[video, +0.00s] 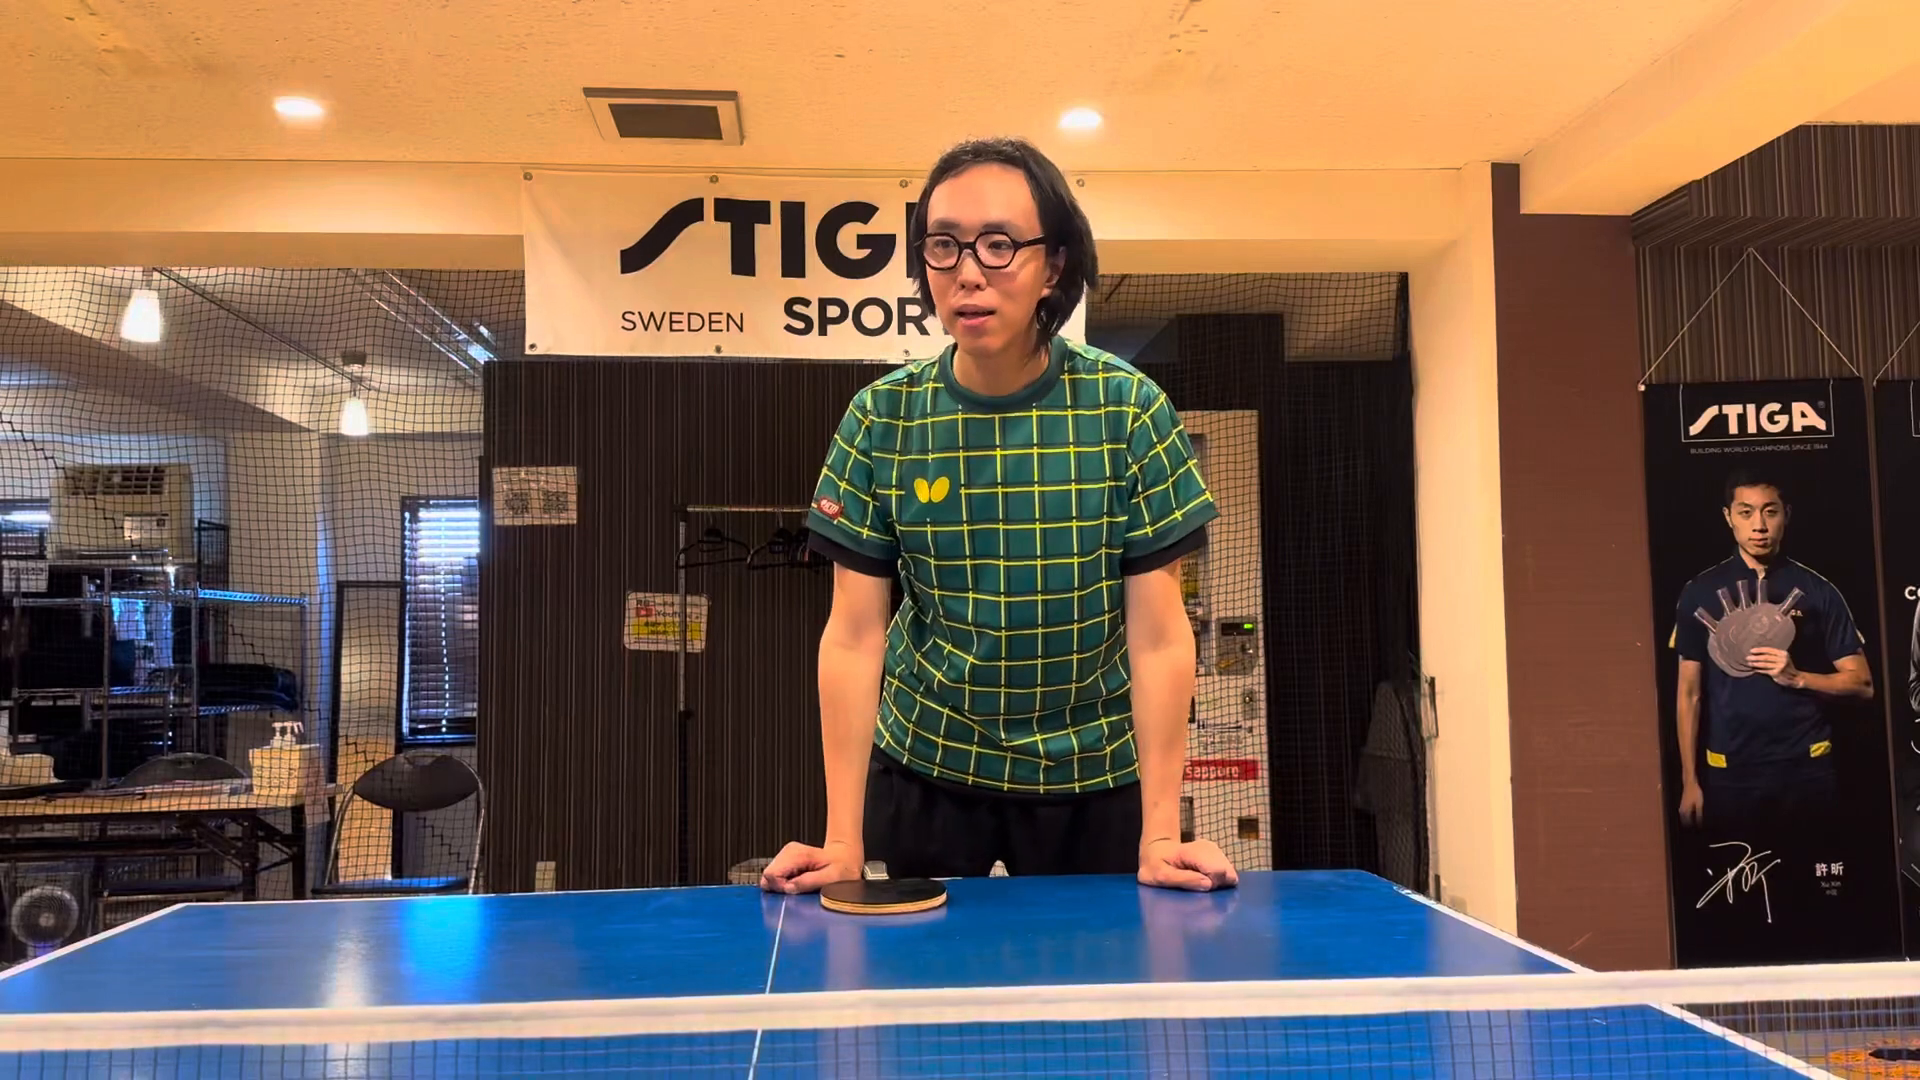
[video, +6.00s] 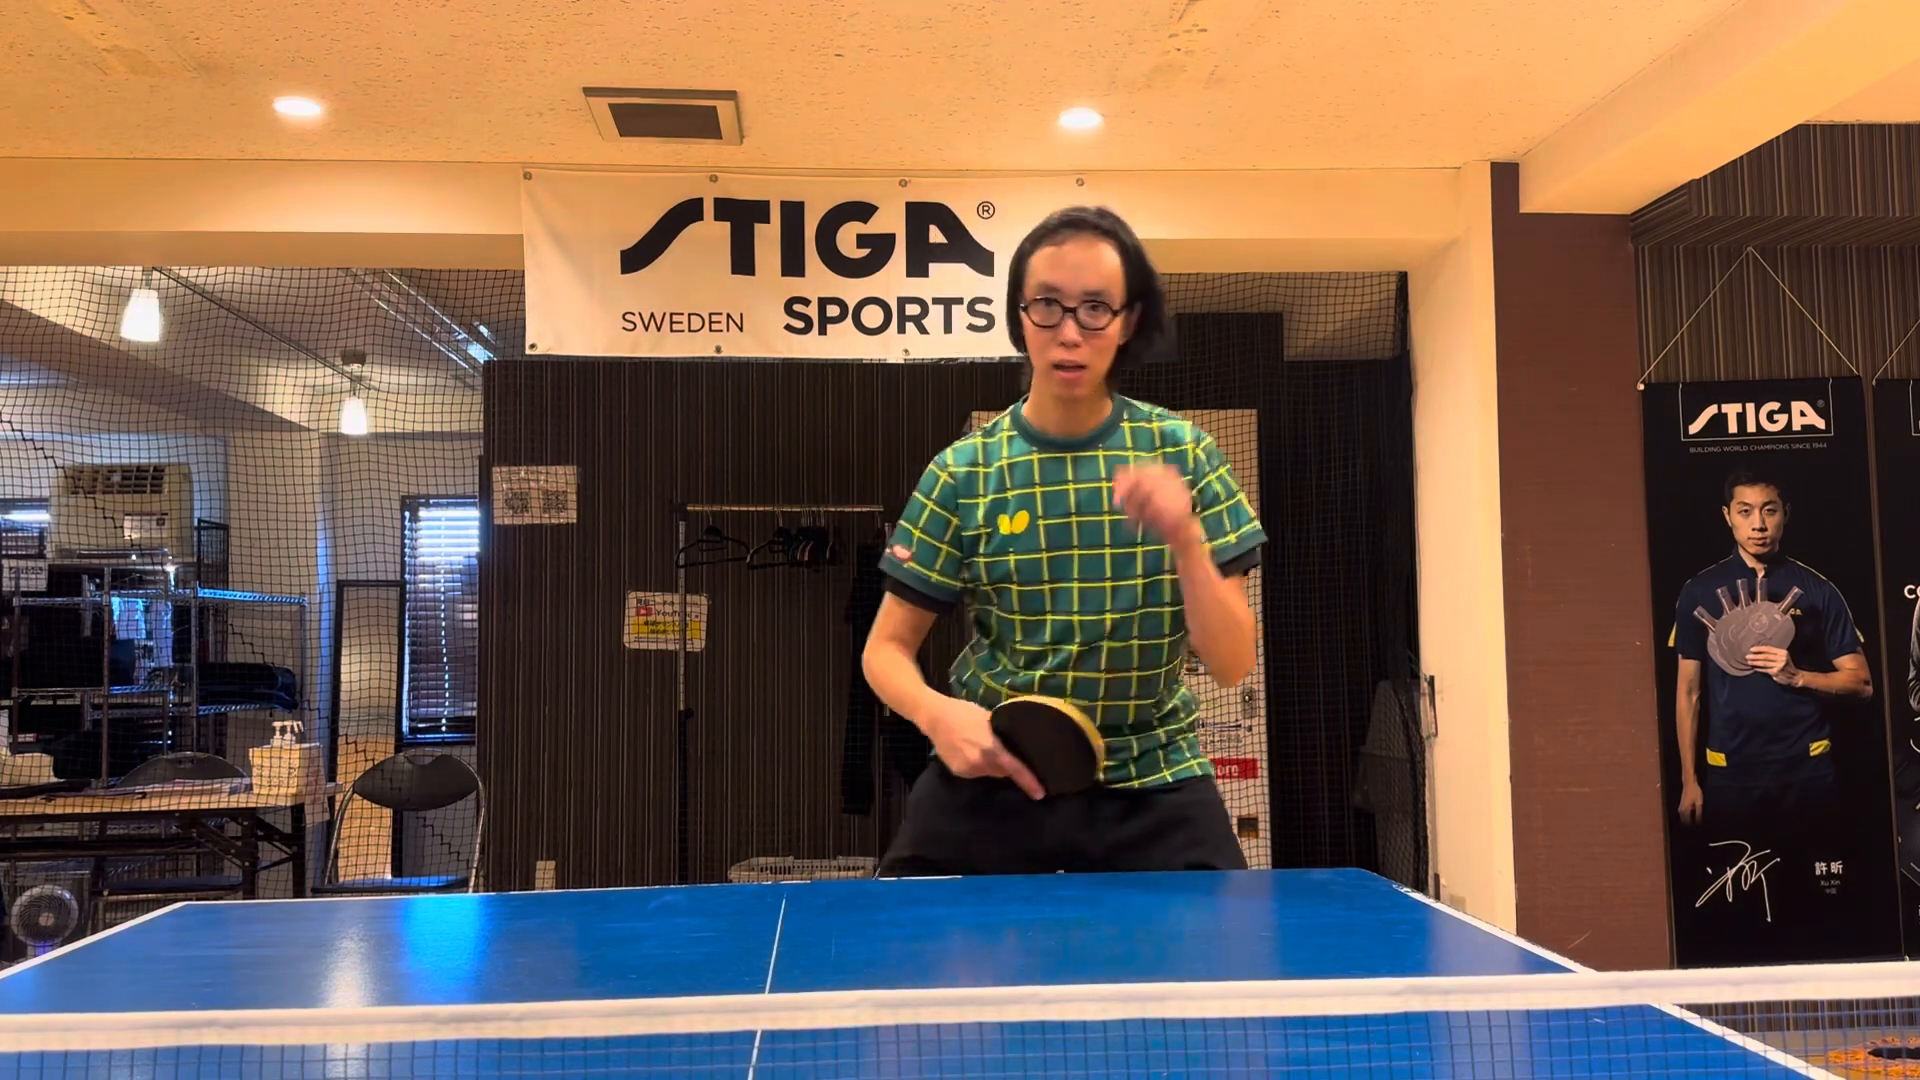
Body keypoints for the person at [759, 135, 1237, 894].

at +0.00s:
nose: (968, 272)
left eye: (999, 245)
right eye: (946, 245)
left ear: (1055, 267)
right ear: (923, 265)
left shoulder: (1126, 409)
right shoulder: (883, 416)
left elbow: (1159, 638)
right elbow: (853, 636)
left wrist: (1163, 835)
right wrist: (842, 841)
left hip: (1092, 799)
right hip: (924, 795)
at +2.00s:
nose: (955, 277)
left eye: (985, 250)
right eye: (935, 253)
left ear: (1043, 275)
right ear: (916, 275)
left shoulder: (1124, 416)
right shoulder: (887, 427)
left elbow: (1158, 641)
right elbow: (854, 643)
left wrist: (1162, 835)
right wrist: (842, 841)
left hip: (1095, 806)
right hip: (928, 803)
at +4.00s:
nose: (979, 257)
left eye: (1008, 234)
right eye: (960, 237)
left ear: (1055, 268)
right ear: (939, 268)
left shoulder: (1119, 422)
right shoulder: (898, 433)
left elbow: (1145, 624)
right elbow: (865, 641)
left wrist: (1135, 766)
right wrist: (889, 782)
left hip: (1087, 777)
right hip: (932, 776)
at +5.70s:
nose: (993, 303)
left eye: (1017, 280)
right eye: (971, 278)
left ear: (1049, 296)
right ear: (941, 293)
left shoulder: (1096, 443)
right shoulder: (880, 449)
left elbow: (1129, 618)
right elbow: (834, 640)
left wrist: (1092, 654)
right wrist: (926, 705)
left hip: (1075, 771)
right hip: (912, 775)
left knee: (1177, 961)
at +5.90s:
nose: (1042, 325)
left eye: (1066, 303)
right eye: (1019, 302)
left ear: (1101, 319)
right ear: (991, 321)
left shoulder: (1156, 465)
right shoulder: (937, 475)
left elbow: (1200, 669)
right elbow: (857, 651)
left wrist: (1163, 615)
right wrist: (917, 716)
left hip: (1128, 786)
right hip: (964, 786)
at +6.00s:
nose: (1070, 329)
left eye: (1095, 307)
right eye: (1048, 304)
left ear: (1129, 321)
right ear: (1019, 317)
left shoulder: (1181, 453)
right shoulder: (964, 473)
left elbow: (1232, 661)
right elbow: (886, 649)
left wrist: (1186, 541)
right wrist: (938, 714)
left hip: (1154, 782)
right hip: (989, 779)